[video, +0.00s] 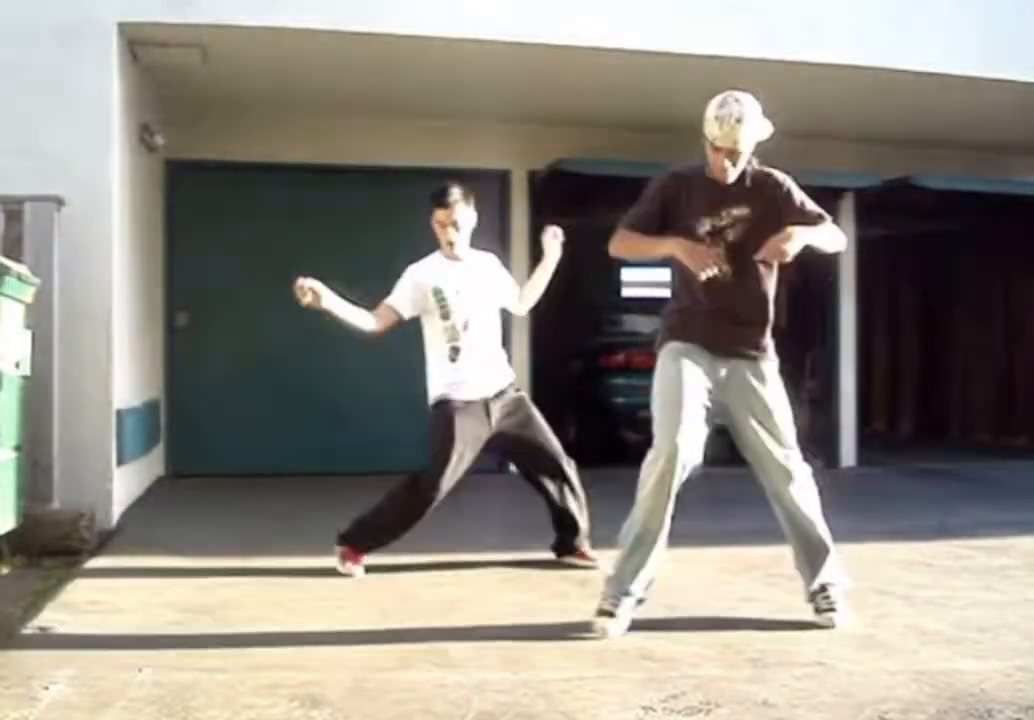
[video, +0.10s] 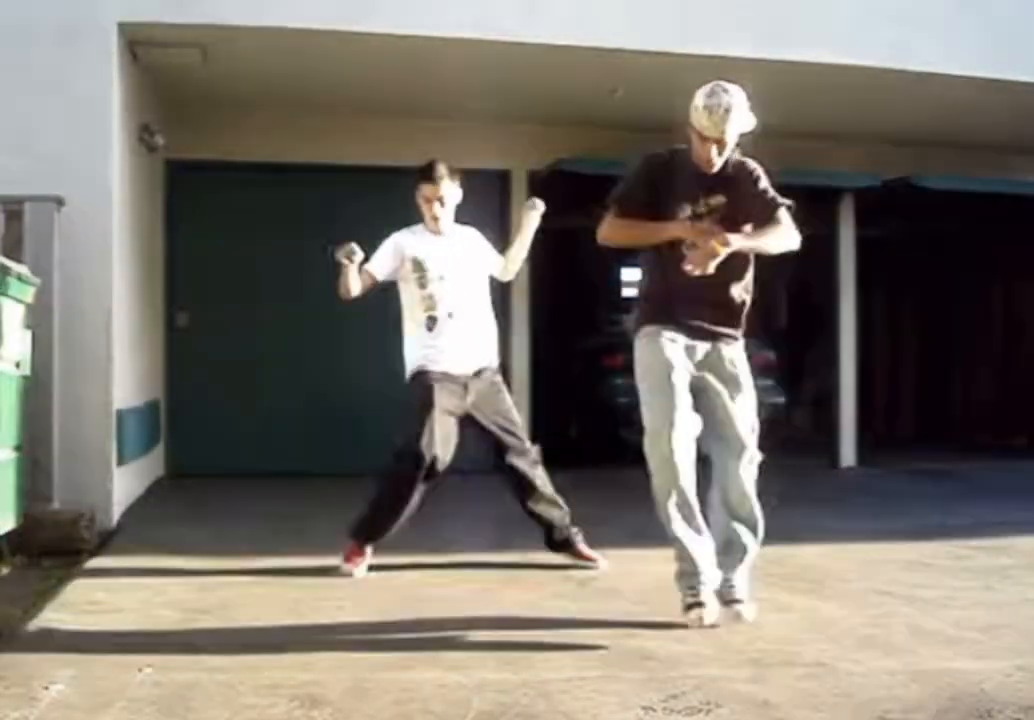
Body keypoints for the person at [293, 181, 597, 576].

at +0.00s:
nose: (449, 233)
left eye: (456, 224)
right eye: (441, 224)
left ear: (472, 221)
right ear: (432, 224)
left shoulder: (488, 265)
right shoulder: (421, 276)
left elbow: (523, 302)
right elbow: (375, 323)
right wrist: (326, 299)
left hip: (505, 392)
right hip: (458, 399)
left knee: (558, 466)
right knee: (434, 487)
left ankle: (572, 543)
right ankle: (354, 544)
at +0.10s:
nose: (435, 209)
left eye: (443, 201)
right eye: (428, 201)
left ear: (457, 199)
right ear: (417, 201)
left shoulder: (471, 239)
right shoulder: (402, 244)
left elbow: (507, 270)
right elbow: (353, 290)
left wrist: (529, 225)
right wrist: (350, 267)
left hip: (483, 369)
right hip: (434, 370)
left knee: (522, 452)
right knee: (428, 456)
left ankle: (565, 536)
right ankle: (362, 541)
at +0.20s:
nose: (422, 195)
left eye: (429, 187)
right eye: (415, 187)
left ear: (442, 185)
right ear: (403, 186)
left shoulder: (456, 225)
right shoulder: (384, 228)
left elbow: (484, 265)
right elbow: (343, 277)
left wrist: (522, 248)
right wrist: (359, 283)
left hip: (463, 351)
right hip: (414, 350)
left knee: (501, 436)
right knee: (418, 435)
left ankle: (521, 532)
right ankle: (376, 529)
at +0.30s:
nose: (398, 192)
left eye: (406, 183)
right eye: (391, 183)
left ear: (418, 181)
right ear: (378, 182)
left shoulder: (433, 227)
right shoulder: (360, 229)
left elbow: (445, 281)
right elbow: (335, 296)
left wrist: (483, 308)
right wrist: (365, 331)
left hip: (439, 346)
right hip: (397, 348)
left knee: (467, 435)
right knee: (412, 430)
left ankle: (415, 514)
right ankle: (416, 539)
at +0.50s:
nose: (343, 189)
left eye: (351, 181)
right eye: (336, 181)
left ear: (365, 181)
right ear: (325, 181)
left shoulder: (385, 231)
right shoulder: (302, 228)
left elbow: (396, 290)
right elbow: (280, 288)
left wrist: (398, 335)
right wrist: (304, 325)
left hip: (373, 348)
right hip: (326, 347)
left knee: (394, 438)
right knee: (343, 439)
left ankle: (350, 525)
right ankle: (369, 538)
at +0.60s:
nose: (317, 186)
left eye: (324, 177)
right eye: (309, 177)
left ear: (337, 176)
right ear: (296, 177)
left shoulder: (356, 224)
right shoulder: (275, 227)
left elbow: (369, 278)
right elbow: (248, 288)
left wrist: (370, 322)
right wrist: (274, 320)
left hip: (347, 340)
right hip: (300, 343)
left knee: (399, 409)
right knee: (292, 436)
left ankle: (390, 520)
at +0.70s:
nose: (294, 203)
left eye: (300, 193)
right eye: (285, 194)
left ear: (308, 194)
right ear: (268, 195)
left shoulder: (324, 240)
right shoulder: (248, 249)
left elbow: (328, 295)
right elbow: (223, 311)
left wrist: (341, 334)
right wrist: (252, 344)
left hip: (327, 364)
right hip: (279, 370)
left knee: (382, 432)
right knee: (240, 457)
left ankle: (435, 529)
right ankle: (178, 535)